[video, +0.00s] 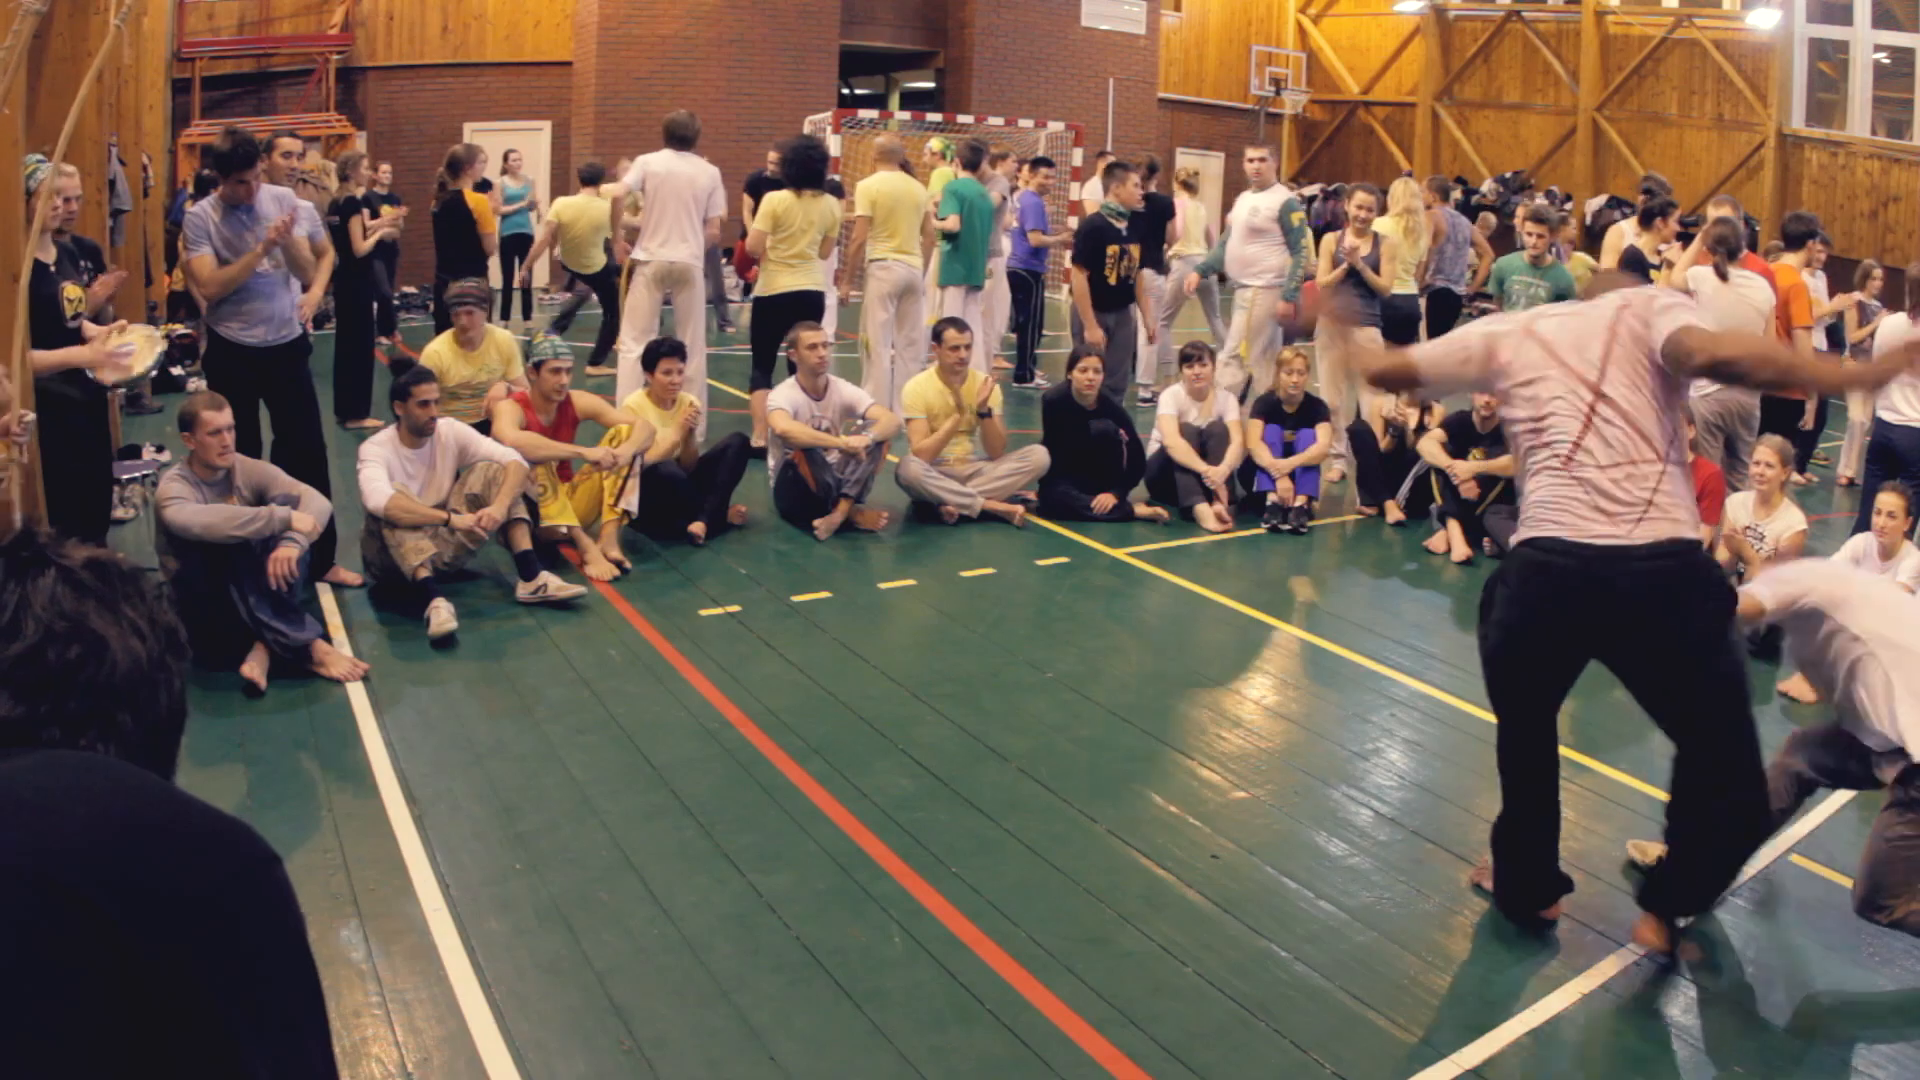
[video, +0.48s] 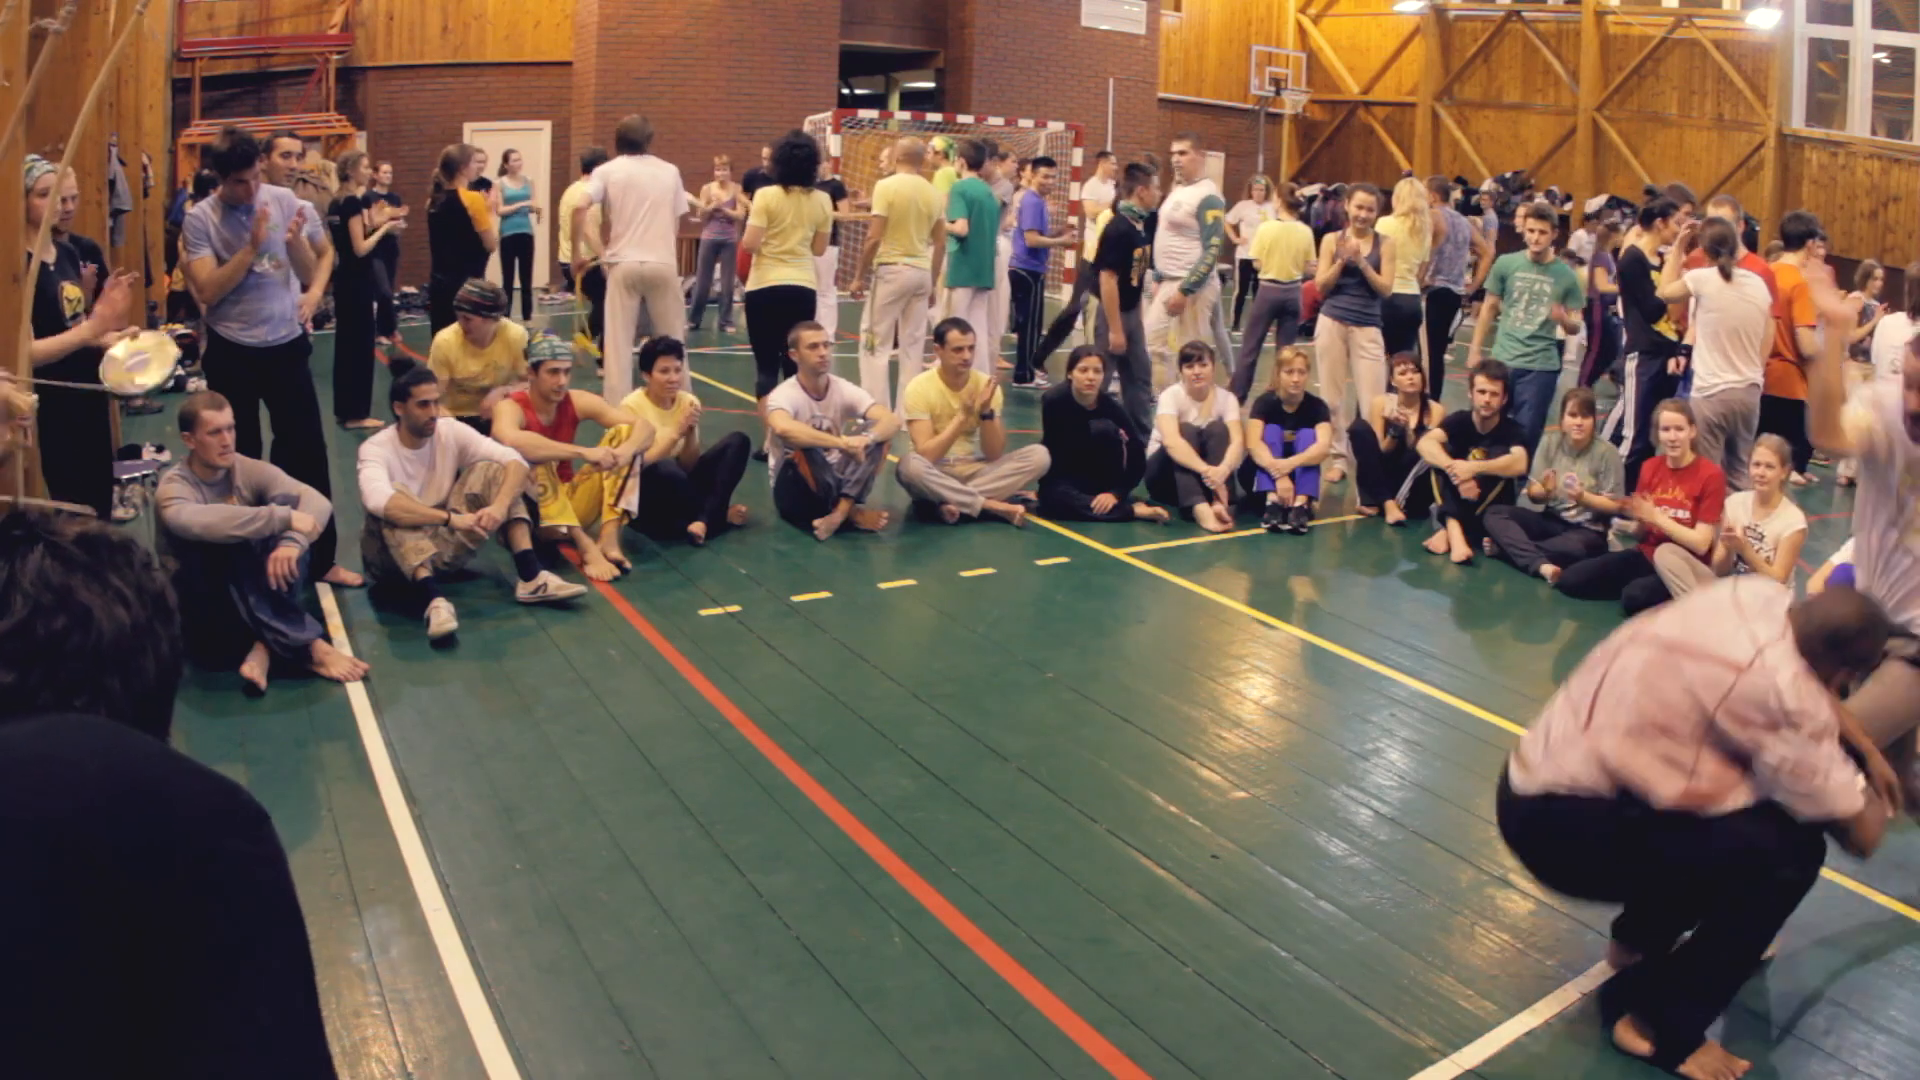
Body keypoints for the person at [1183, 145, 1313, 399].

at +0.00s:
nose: (1256, 166)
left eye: (1262, 160)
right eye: (1250, 161)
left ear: (1275, 164)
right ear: (1243, 166)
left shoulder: (1286, 201)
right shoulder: (1244, 198)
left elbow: (1302, 252)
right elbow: (1228, 240)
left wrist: (1289, 297)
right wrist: (1200, 271)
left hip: (1266, 288)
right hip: (1244, 286)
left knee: (1233, 356)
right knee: (1263, 357)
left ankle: (1219, 418)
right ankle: (1268, 416)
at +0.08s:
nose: (1243, 166)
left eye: (1249, 161)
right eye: (1238, 161)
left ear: (1263, 164)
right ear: (1232, 166)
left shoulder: (1273, 201)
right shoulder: (1233, 198)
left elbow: (1290, 253)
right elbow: (1218, 245)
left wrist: (1277, 298)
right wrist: (1188, 270)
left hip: (1255, 288)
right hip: (1230, 287)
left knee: (1224, 352)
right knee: (1258, 357)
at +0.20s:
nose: (1223, 164)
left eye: (1230, 159)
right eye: (1219, 159)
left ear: (1244, 162)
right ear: (1215, 164)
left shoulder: (1253, 201)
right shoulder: (1216, 197)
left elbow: (1266, 252)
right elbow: (1204, 242)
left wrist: (1254, 299)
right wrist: (1177, 272)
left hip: (1235, 285)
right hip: (1211, 283)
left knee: (1217, 350)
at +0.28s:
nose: (1209, 163)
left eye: (1216, 157)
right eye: (1206, 157)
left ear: (1233, 160)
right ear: (1202, 161)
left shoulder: (1241, 200)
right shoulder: (1206, 193)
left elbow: (1250, 254)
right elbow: (1195, 240)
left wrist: (1236, 298)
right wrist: (1173, 272)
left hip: (1219, 281)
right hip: (1198, 279)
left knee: (1208, 348)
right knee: (1203, 348)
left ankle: (1253, 403)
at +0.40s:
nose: (1190, 161)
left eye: (1197, 155)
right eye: (1186, 156)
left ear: (1213, 159)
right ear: (1183, 159)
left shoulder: (1220, 198)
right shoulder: (1190, 193)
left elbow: (1227, 254)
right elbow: (1180, 243)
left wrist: (1202, 294)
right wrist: (1163, 278)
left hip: (1201, 284)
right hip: (1177, 282)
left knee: (1195, 352)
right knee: (1166, 347)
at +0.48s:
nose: (1175, 160)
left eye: (1182, 154)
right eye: (1173, 154)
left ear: (1200, 156)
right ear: (1172, 158)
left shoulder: (1209, 196)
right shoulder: (1178, 191)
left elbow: (1213, 250)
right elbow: (1169, 239)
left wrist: (1184, 291)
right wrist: (1158, 277)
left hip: (1195, 283)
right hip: (1168, 281)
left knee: (1192, 349)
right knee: (1153, 343)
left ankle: (1197, 409)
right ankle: (1163, 405)